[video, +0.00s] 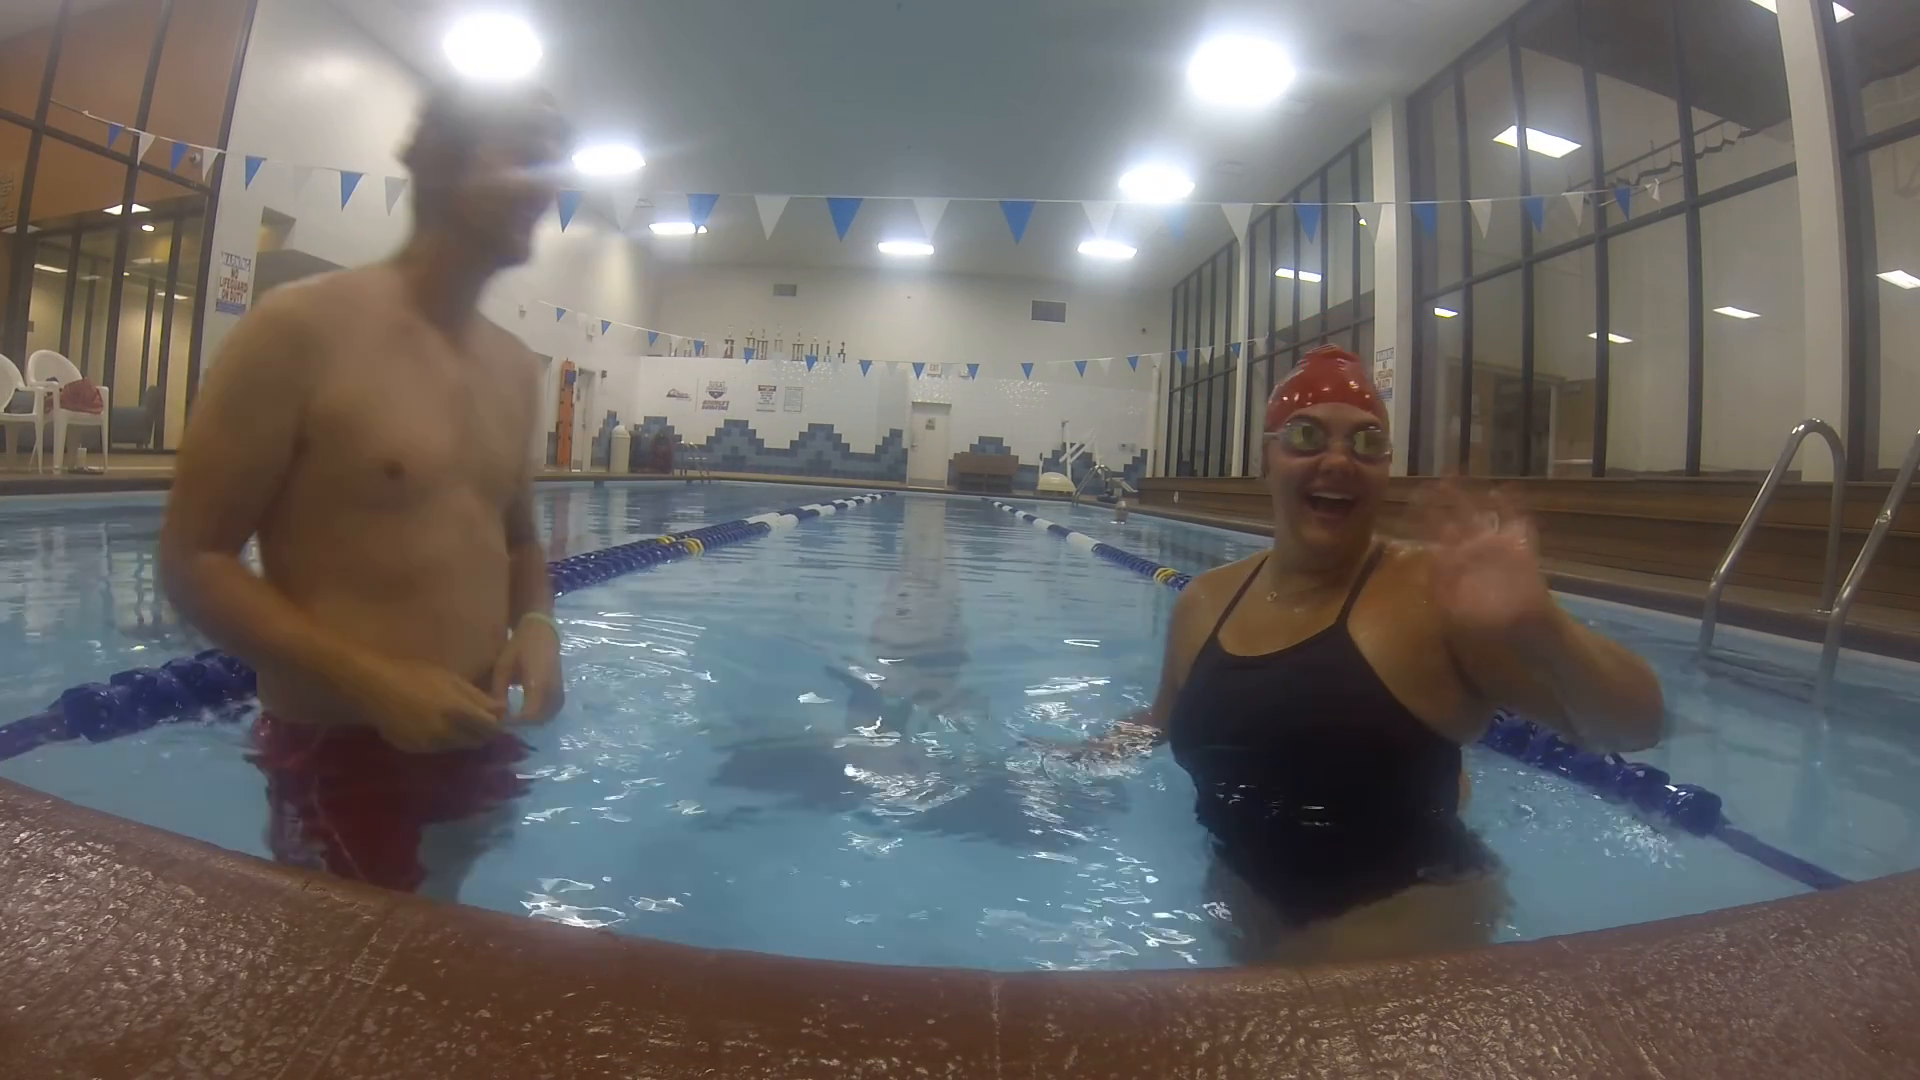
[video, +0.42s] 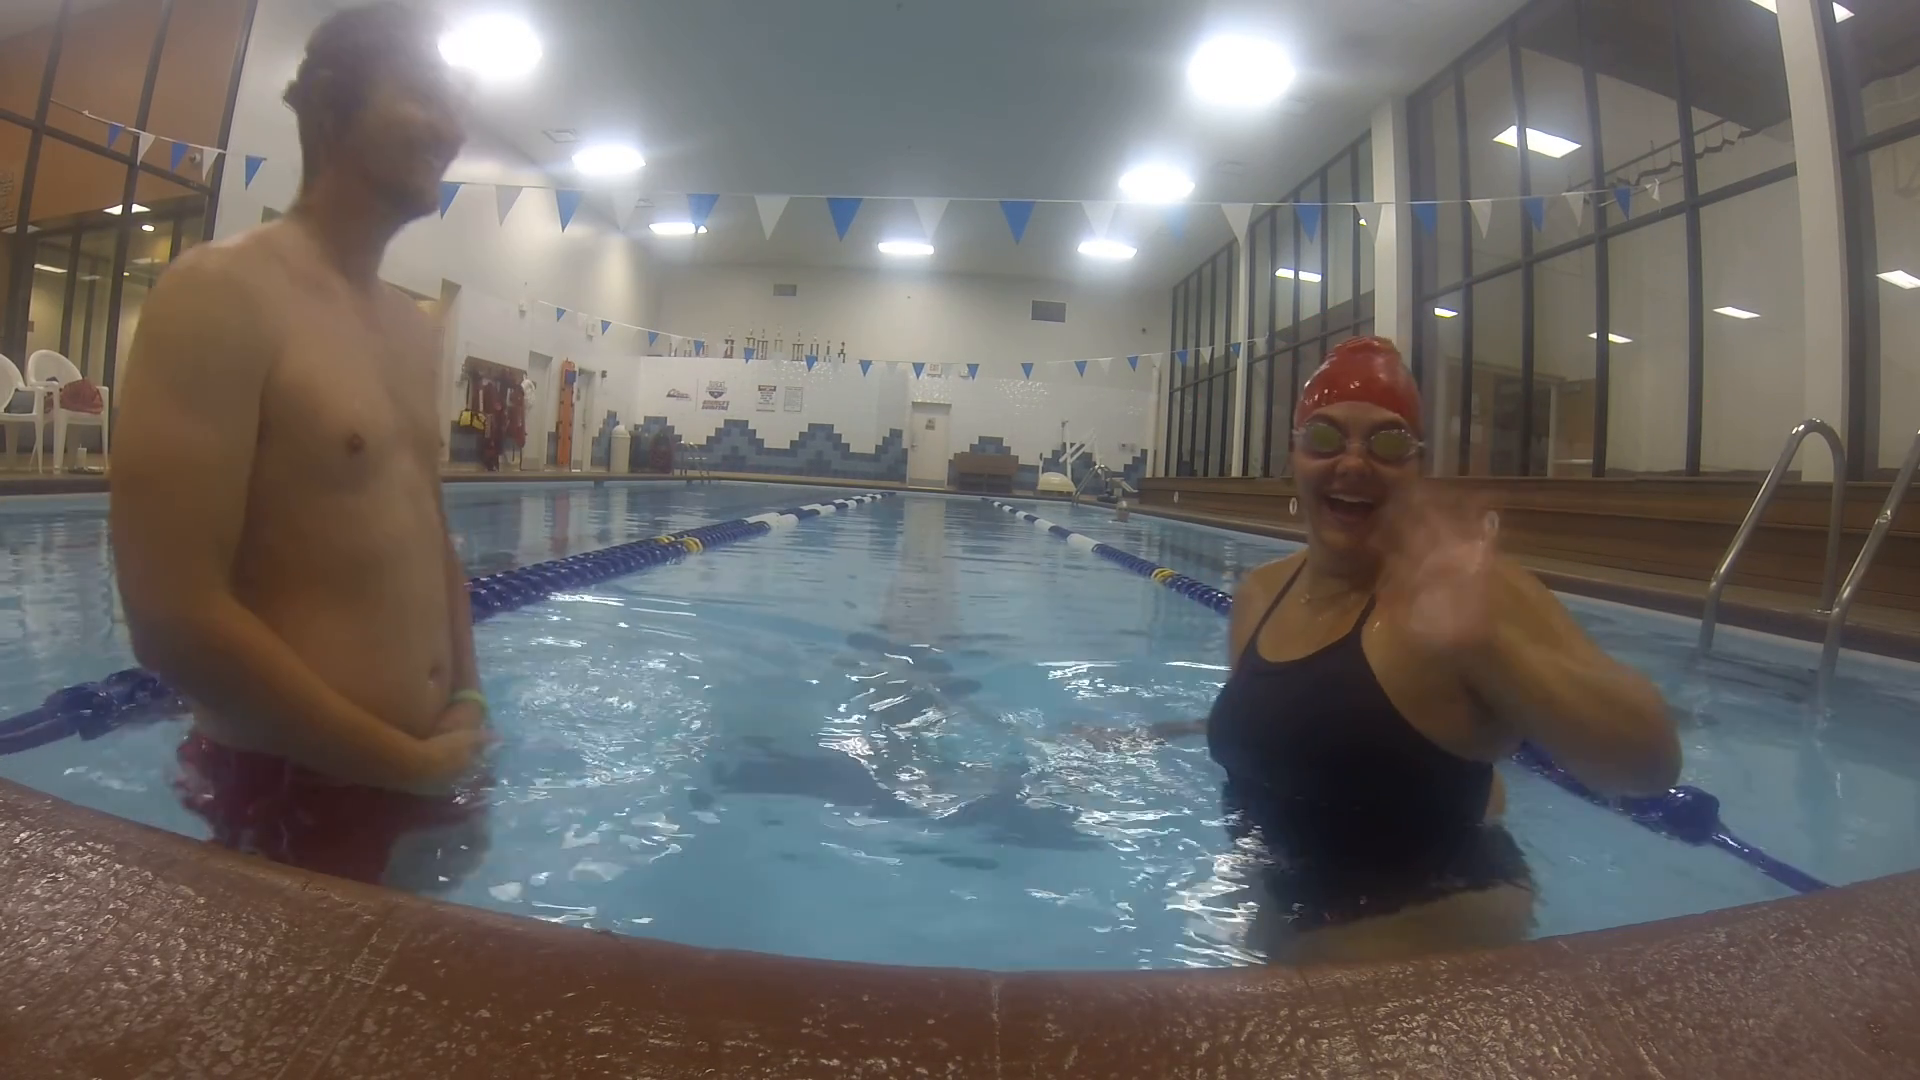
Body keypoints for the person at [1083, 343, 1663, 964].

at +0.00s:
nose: (1337, 464)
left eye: (1364, 444)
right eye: (1308, 439)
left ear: (1389, 468)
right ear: (1266, 461)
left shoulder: (1442, 594)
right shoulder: (1205, 602)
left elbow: (1639, 725)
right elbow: (1163, 725)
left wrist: (1535, 630)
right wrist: (1066, 767)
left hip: (1403, 949)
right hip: (1252, 935)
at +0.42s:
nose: (1353, 465)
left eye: (1386, 443)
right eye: (1326, 438)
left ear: (1418, 467)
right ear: (1293, 459)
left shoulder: (1470, 594)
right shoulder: (1261, 593)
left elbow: (1649, 763)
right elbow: (1263, 730)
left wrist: (1489, 642)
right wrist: (1141, 741)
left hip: (1436, 934)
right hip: (1286, 925)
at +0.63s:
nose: (1324, 465)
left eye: (1363, 444)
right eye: (1308, 440)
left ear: (1424, 471)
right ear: (1289, 458)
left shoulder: (1474, 594)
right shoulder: (1297, 591)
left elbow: (1635, 782)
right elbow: (1307, 727)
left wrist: (1425, 715)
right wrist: (1203, 739)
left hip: (1452, 962)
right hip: (1309, 949)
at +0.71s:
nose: (1300, 467)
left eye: (1339, 443)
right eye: (1293, 442)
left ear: (1420, 470)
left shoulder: (1458, 596)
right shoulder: (1319, 595)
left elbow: (1615, 796)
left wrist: (1342, 732)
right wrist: (1269, 713)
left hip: (1446, 976)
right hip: (1323, 950)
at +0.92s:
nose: (1281, 461)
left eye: (1299, 436)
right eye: (1289, 436)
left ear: (1370, 459)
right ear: (1374, 462)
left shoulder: (1426, 588)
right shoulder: (1430, 576)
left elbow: (1487, 850)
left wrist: (1249, 788)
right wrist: (1265, 780)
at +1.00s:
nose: (1290, 456)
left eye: (1304, 431)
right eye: (1298, 431)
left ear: (1360, 453)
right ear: (1369, 454)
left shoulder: (1399, 587)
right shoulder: (1458, 561)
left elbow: (1423, 852)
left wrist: (1224, 801)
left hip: (1372, 967)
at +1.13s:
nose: (1302, 445)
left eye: (1314, 420)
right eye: (1311, 420)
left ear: (1354, 443)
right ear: (1439, 447)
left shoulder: (1359, 581)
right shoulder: (1503, 566)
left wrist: (1189, 792)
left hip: (1372, 950)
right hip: (1489, 935)